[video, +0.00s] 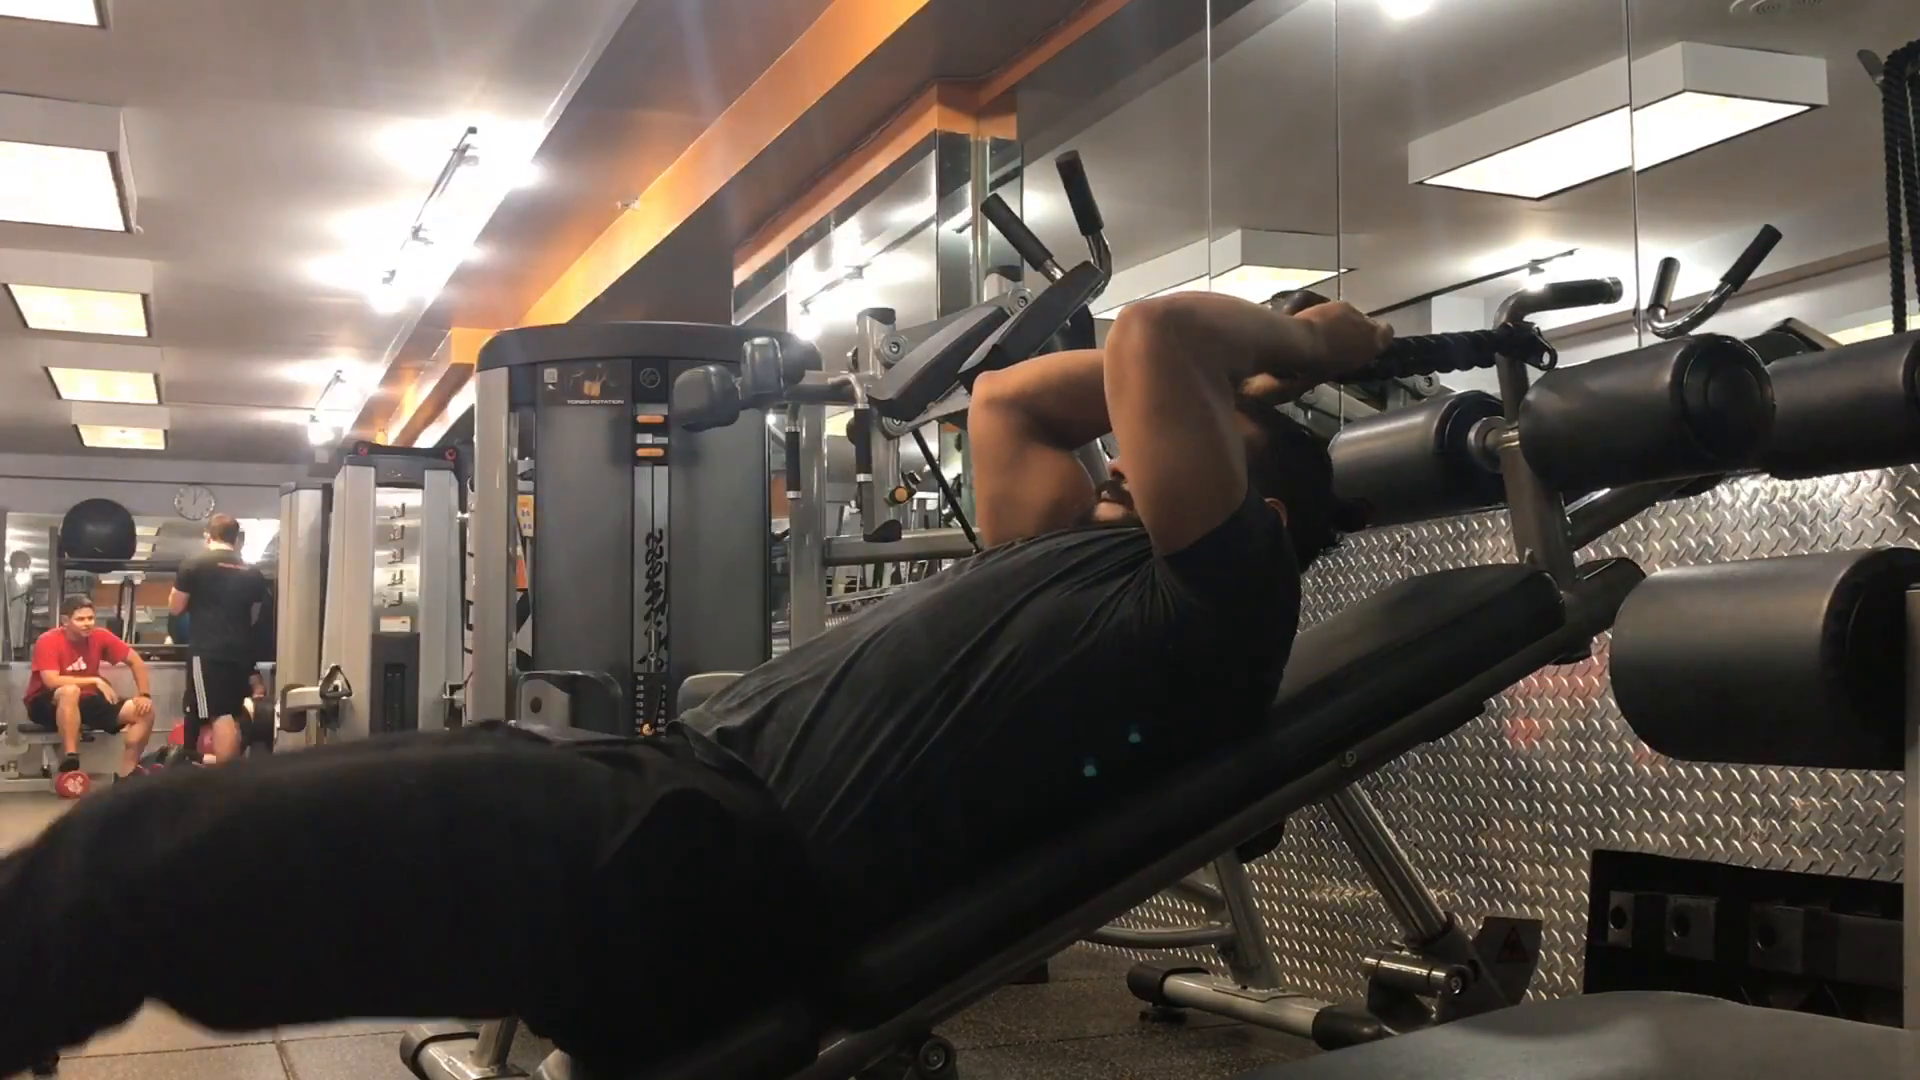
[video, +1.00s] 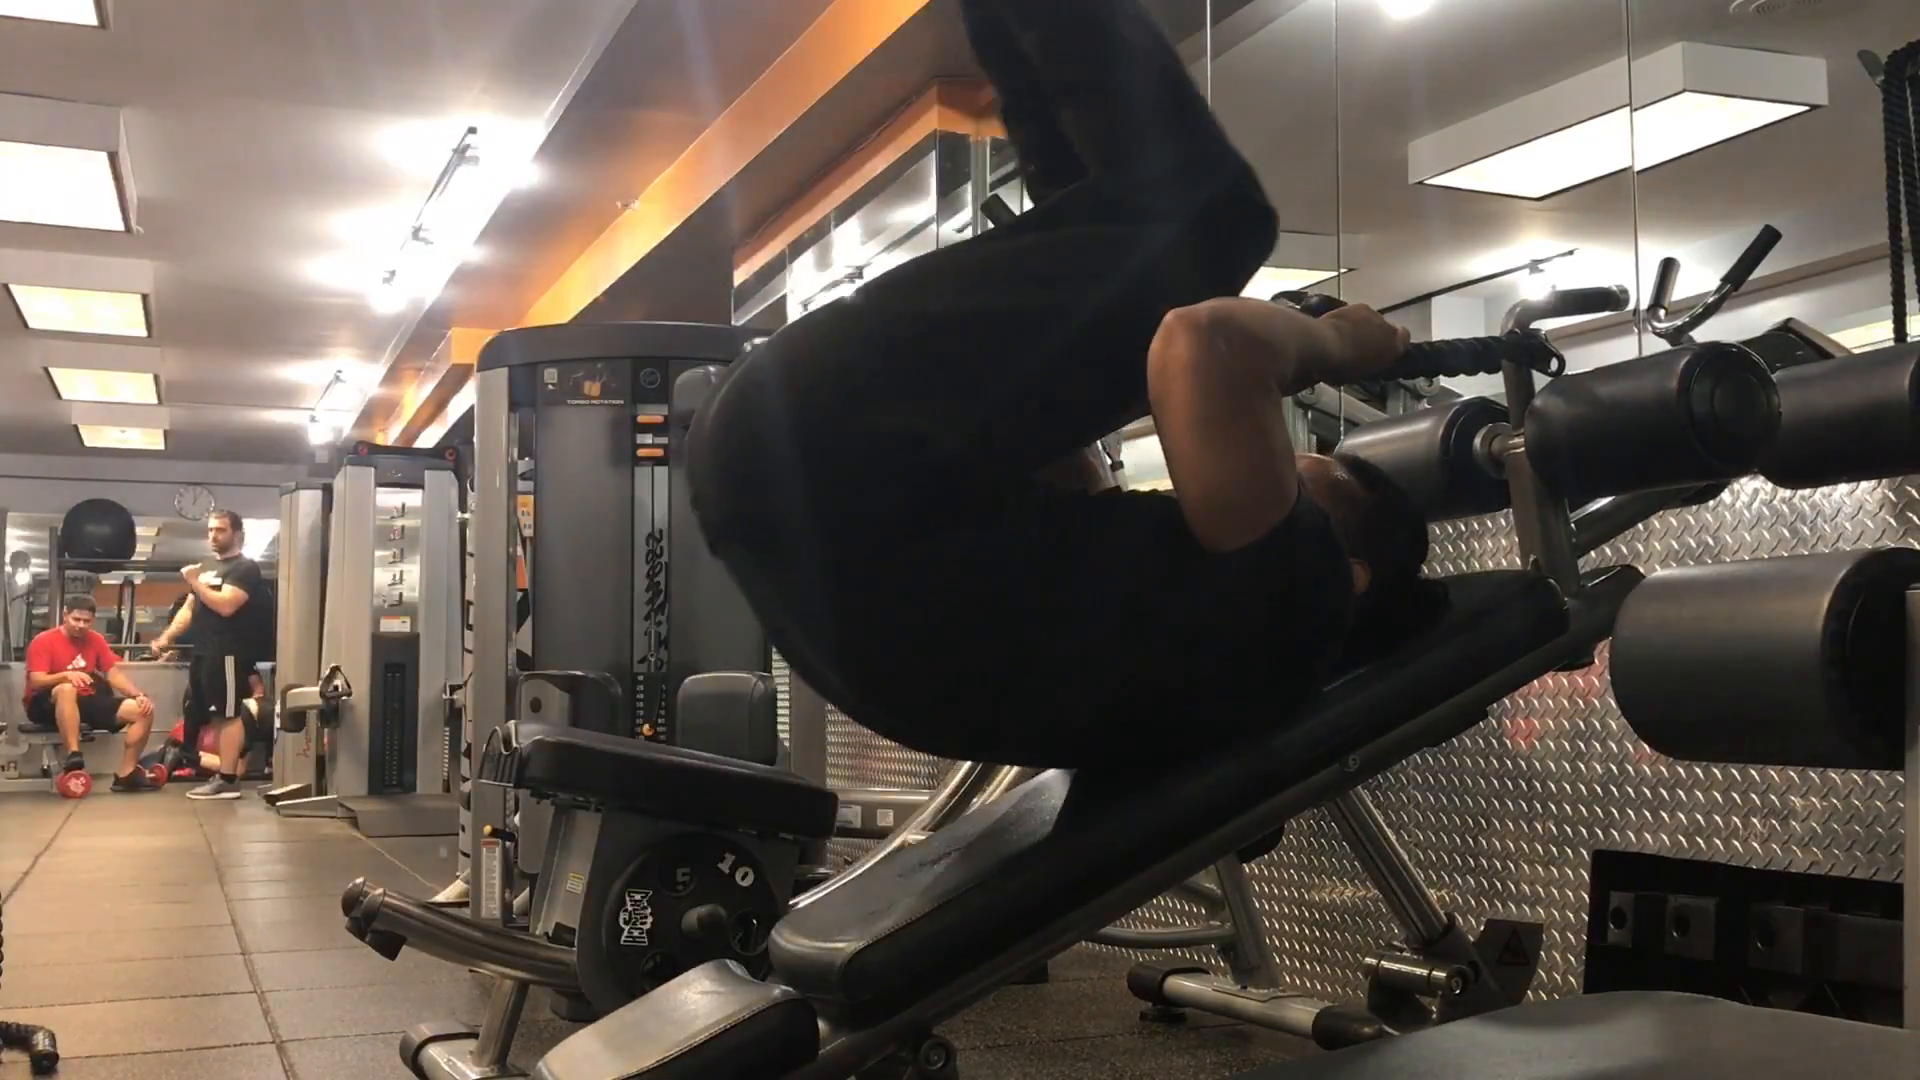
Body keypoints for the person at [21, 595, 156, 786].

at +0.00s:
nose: (87, 624)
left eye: (90, 618)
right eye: (81, 619)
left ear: (94, 618)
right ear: (65, 621)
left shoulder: (100, 636)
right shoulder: (48, 640)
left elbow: (135, 660)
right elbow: (51, 681)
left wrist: (144, 694)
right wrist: (95, 681)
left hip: (87, 702)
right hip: (45, 705)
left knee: (143, 711)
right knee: (70, 691)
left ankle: (127, 775)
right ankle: (71, 757)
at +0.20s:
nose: (87, 630)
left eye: (91, 624)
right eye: (81, 625)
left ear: (95, 622)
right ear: (66, 621)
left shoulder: (101, 637)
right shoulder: (48, 640)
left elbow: (135, 661)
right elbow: (50, 681)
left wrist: (144, 694)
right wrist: (94, 680)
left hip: (86, 703)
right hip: (45, 707)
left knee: (135, 708)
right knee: (68, 691)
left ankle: (124, 765)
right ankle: (71, 761)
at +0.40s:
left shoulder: (100, 640)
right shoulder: (52, 642)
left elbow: (134, 661)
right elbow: (50, 679)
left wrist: (144, 695)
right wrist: (94, 680)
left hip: (85, 702)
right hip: (47, 704)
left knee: (145, 710)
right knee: (67, 690)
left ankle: (127, 774)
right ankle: (68, 756)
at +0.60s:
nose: (83, 631)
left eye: (88, 626)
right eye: (78, 625)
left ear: (94, 623)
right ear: (67, 620)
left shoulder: (100, 636)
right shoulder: (48, 640)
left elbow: (132, 662)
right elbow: (49, 680)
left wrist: (144, 695)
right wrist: (91, 680)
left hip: (85, 704)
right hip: (44, 705)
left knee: (144, 711)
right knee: (65, 689)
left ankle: (126, 775)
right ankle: (68, 757)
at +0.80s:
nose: (80, 629)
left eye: (86, 624)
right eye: (75, 623)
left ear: (92, 622)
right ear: (65, 618)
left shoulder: (99, 637)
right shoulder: (45, 641)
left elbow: (128, 664)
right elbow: (47, 680)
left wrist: (143, 694)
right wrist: (83, 676)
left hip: (83, 702)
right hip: (43, 704)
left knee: (143, 711)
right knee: (66, 689)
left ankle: (126, 775)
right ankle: (71, 755)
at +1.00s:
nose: (81, 626)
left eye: (86, 621)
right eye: (76, 620)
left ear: (93, 620)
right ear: (65, 616)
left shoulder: (96, 641)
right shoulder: (43, 641)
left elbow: (112, 673)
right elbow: (36, 681)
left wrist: (137, 694)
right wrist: (67, 675)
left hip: (85, 703)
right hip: (44, 705)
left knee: (142, 711)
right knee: (66, 688)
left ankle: (126, 774)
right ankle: (74, 754)